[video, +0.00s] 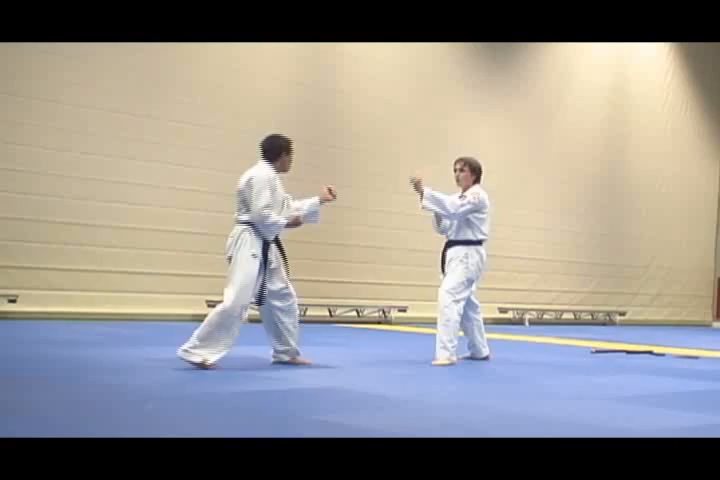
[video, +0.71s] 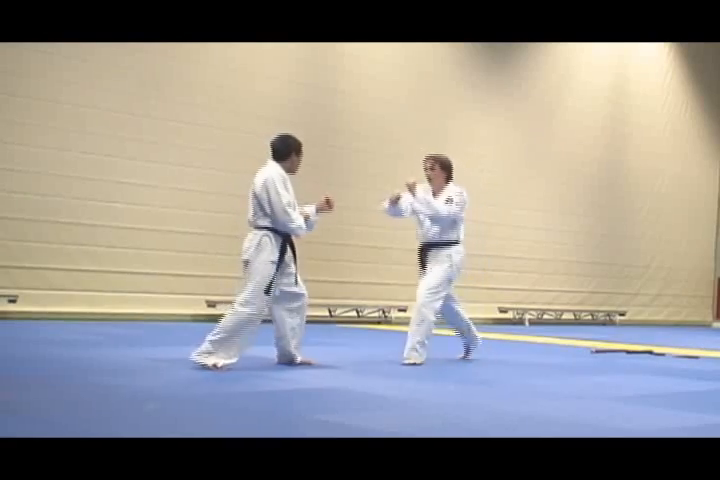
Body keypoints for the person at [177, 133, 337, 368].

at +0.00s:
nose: (291, 159)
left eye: (291, 154)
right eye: (289, 154)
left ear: (274, 155)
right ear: (280, 155)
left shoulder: (273, 177)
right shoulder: (261, 175)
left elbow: (287, 210)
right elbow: (261, 215)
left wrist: (319, 200)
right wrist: (286, 222)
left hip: (266, 240)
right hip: (249, 238)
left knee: (282, 295)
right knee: (236, 301)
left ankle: (286, 352)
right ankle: (195, 350)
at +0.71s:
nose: (301, 160)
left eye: (301, 155)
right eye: (299, 155)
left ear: (280, 154)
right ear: (290, 156)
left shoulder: (277, 174)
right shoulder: (271, 176)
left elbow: (290, 212)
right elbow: (286, 219)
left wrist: (316, 208)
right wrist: (304, 222)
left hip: (277, 243)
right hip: (266, 243)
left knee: (294, 297)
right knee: (252, 304)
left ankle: (289, 353)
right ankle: (207, 353)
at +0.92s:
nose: (311, 192)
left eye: (312, 188)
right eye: (311, 187)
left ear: (290, 178)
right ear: (305, 183)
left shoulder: (274, 190)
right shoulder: (290, 192)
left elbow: (290, 232)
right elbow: (315, 228)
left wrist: (319, 217)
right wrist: (324, 220)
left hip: (245, 249)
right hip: (258, 251)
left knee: (282, 304)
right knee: (303, 303)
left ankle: (291, 354)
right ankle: (259, 345)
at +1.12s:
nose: (301, 197)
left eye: (301, 192)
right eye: (300, 192)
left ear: (275, 184)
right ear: (292, 189)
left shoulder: (255, 195)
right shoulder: (284, 203)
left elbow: (271, 242)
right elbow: (310, 239)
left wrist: (295, 266)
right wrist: (322, 253)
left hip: (216, 248)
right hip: (244, 252)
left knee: (229, 311)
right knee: (288, 301)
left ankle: (193, 336)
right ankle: (290, 360)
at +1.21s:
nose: (282, 175)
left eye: (282, 170)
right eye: (280, 170)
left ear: (254, 165)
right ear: (270, 169)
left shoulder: (233, 178)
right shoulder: (267, 189)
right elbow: (283, 228)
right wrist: (296, 257)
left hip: (204, 243)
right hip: (230, 246)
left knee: (202, 316)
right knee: (270, 301)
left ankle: (153, 327)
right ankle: (287, 360)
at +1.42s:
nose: (219, 149)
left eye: (219, 143)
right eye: (216, 143)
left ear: (191, 143)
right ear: (204, 144)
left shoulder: (173, 161)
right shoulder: (197, 164)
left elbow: (161, 204)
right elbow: (187, 202)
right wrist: (205, 241)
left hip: (144, 236)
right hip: (170, 238)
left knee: (142, 302)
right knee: (212, 302)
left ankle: (108, 357)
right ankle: (193, 358)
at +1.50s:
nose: (201, 141)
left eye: (201, 136)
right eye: (198, 136)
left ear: (174, 134)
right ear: (186, 136)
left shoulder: (156, 152)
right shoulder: (180, 157)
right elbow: (178, 196)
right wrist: (202, 235)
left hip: (124, 233)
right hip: (147, 236)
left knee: (130, 296)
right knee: (172, 303)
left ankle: (109, 354)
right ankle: (123, 343)